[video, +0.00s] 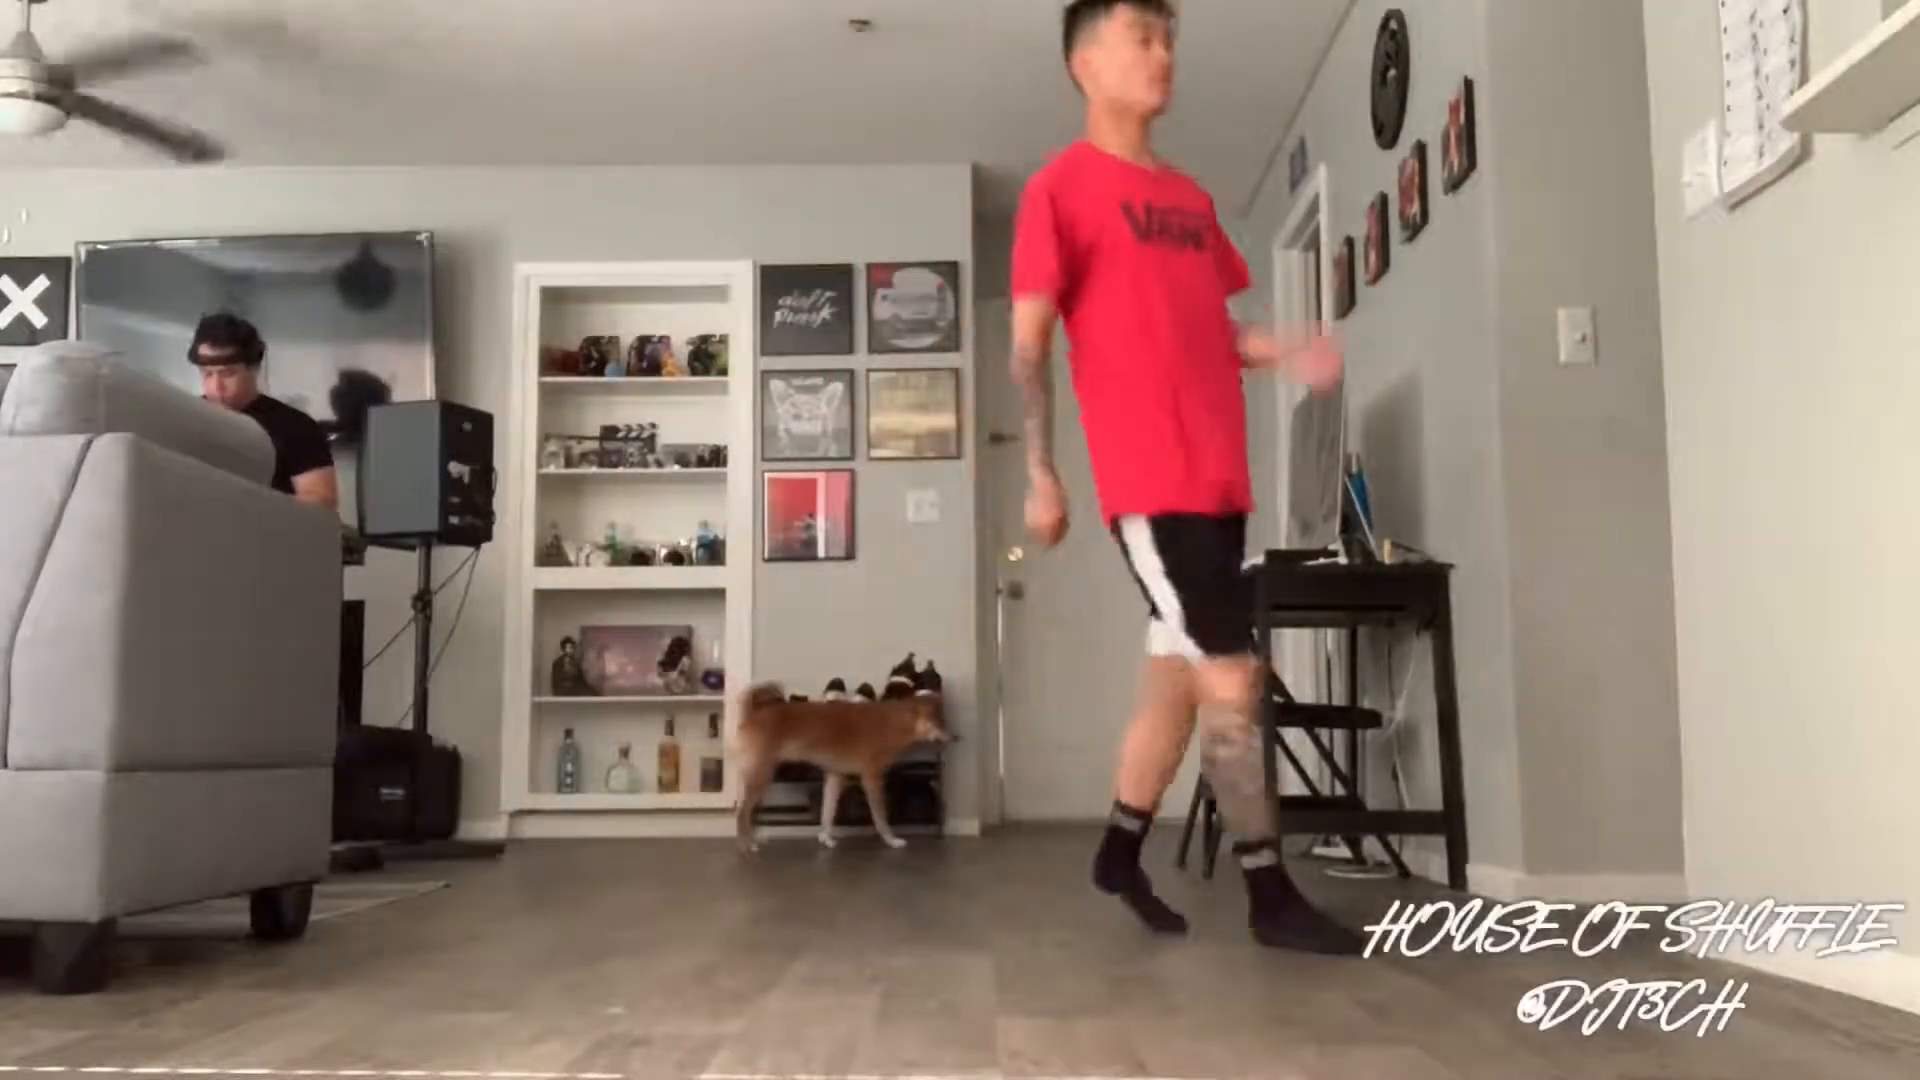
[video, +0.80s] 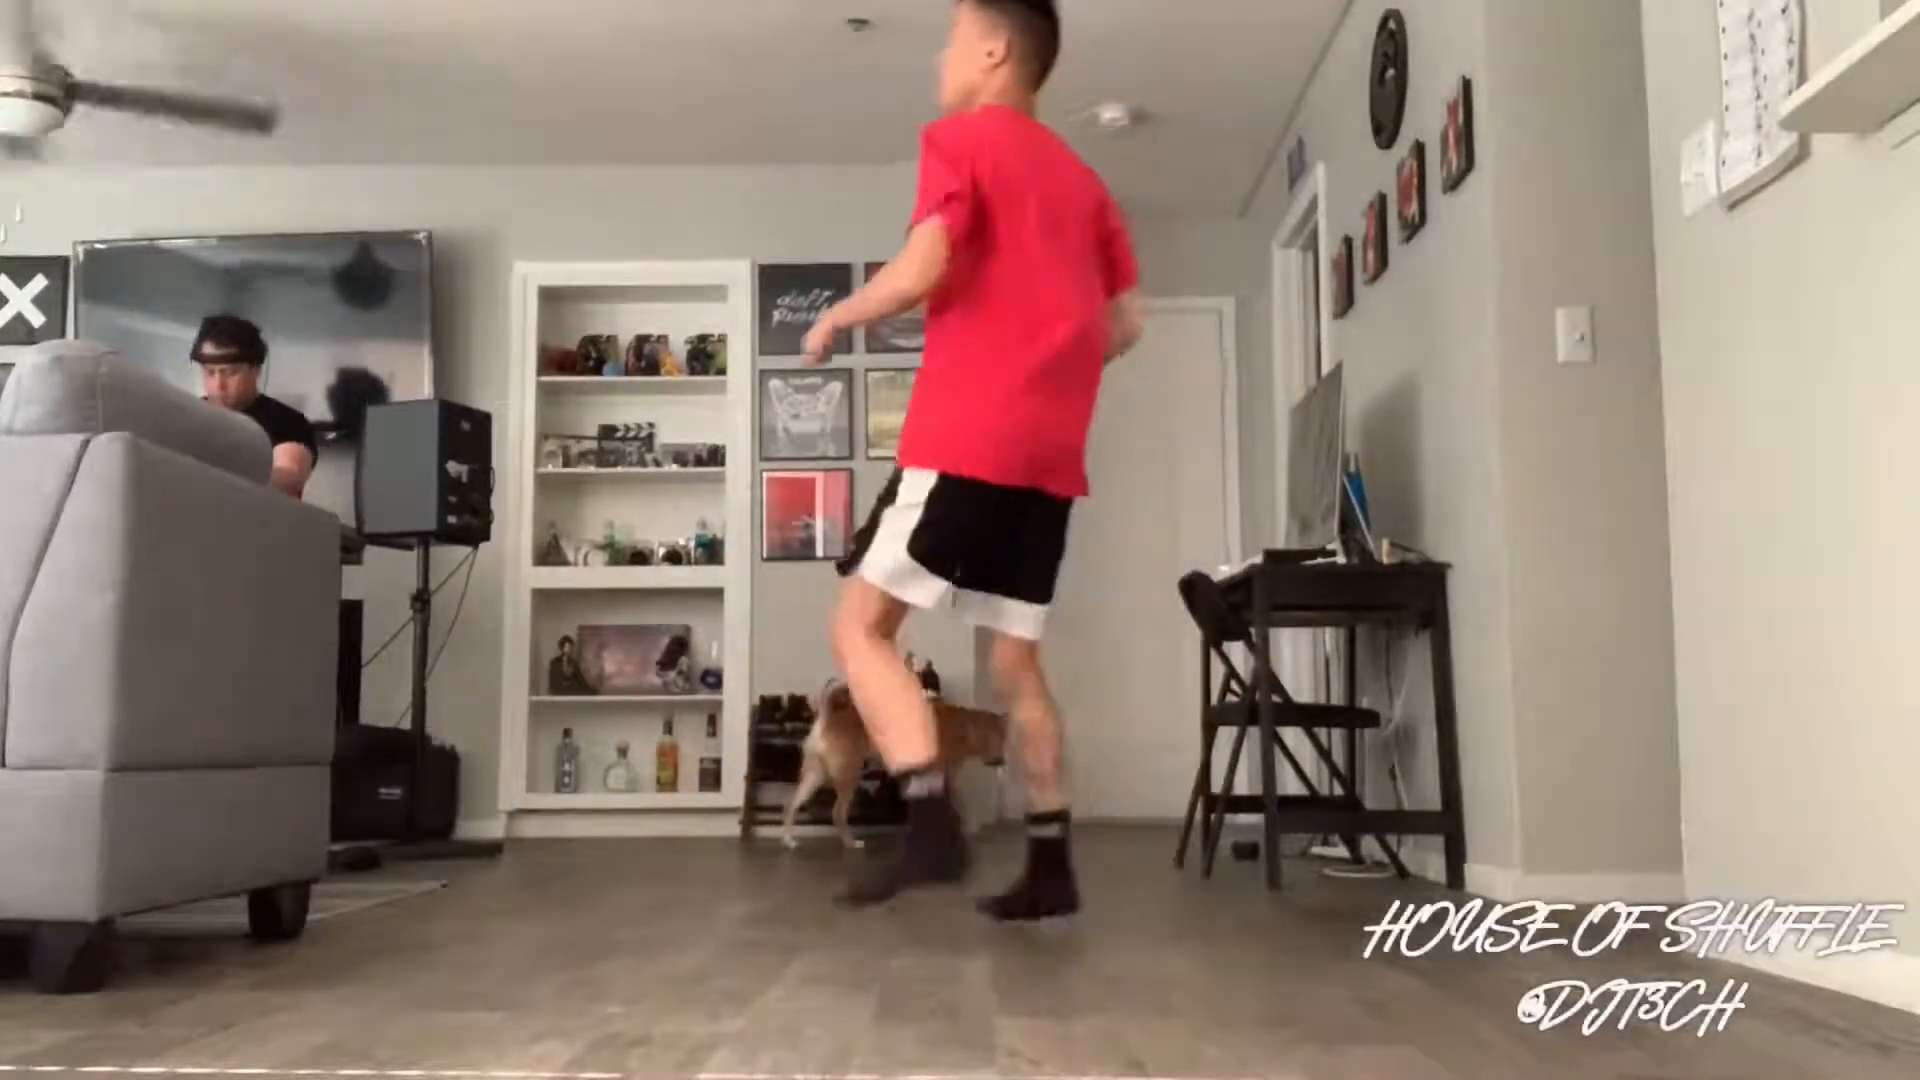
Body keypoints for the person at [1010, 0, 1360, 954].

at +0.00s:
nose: (1164, 57)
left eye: (1167, 42)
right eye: (1142, 40)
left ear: (1167, 63)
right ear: (1085, 65)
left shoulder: (1187, 194)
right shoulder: (1057, 187)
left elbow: (1214, 332)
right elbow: (1028, 342)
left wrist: (1284, 348)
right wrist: (1040, 474)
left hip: (1216, 467)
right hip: (1143, 471)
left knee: (1175, 678)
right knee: (1232, 671)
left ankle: (1118, 856)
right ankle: (1271, 894)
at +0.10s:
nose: (1172, 28)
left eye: (1172, 13)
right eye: (1149, 16)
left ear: (1164, 46)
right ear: (1093, 49)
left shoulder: (1169, 162)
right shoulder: (1068, 150)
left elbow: (1173, 311)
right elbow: (1018, 296)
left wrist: (1235, 397)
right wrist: (1102, 381)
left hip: (1194, 433)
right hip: (1126, 440)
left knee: (1281, 618)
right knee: (1173, 649)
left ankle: (1145, 762)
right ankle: (1127, 877)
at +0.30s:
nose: (1146, 36)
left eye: (1151, 24)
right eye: (1122, 21)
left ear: (1153, 54)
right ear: (1068, 48)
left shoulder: (1163, 176)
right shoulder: (1038, 147)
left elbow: (1154, 317)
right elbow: (984, 286)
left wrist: (1184, 433)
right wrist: (1101, 311)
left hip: (1165, 441)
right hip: (1093, 441)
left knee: (1184, 654)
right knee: (1186, 645)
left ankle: (1013, 771)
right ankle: (1167, 875)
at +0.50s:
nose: (1152, 66)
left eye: (1144, 47)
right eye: (1139, 46)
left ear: (1071, 71)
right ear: (1103, 60)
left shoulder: (1032, 165)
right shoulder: (1114, 146)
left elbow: (1013, 321)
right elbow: (1114, 306)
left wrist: (1132, 387)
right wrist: (1157, 378)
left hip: (1031, 448)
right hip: (1094, 446)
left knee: (1046, 655)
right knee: (1145, 657)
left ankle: (973, 861)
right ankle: (1157, 891)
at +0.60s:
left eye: (1039, 74)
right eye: (1114, 75)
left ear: (1032, 75)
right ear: (1122, 79)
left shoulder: (975, 170)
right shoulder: (1157, 179)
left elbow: (924, 303)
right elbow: (1172, 320)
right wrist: (1127, 371)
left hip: (977, 442)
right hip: (1080, 445)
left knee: (988, 630)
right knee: (1072, 667)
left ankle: (975, 816)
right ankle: (1063, 895)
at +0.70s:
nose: (991, 65)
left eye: (996, 49)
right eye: (997, 49)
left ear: (1018, 54)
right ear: (1082, 68)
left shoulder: (970, 149)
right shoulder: (1128, 178)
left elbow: (918, 289)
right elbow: (1172, 311)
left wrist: (931, 323)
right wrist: (1102, 369)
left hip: (970, 446)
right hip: (1074, 464)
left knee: (875, 606)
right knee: (1061, 664)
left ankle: (965, 742)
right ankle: (1077, 886)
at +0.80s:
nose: (940, 62)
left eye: (952, 42)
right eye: (947, 42)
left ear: (995, 53)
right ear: (1021, 59)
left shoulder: (961, 139)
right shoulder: (1086, 179)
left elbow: (927, 263)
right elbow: (1126, 324)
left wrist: (848, 313)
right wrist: (1031, 364)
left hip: (963, 443)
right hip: (1050, 463)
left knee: (859, 625)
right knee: (1016, 665)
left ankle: (928, 828)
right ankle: (1049, 864)